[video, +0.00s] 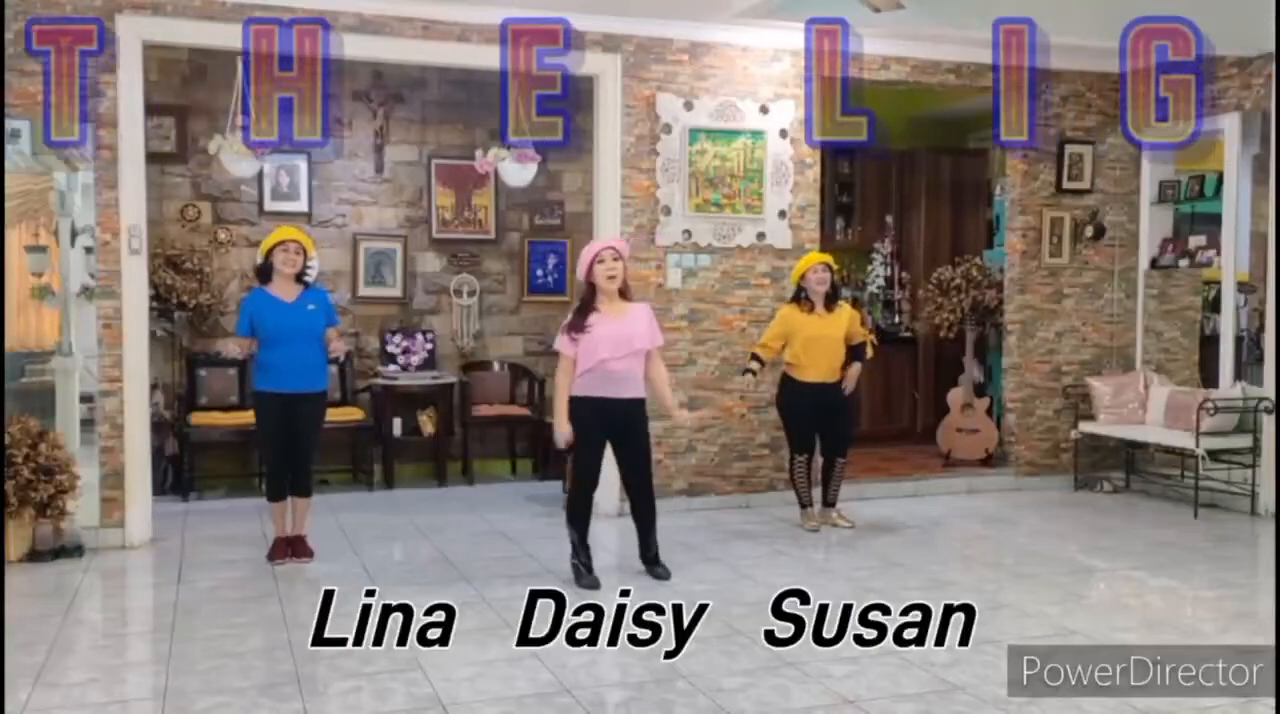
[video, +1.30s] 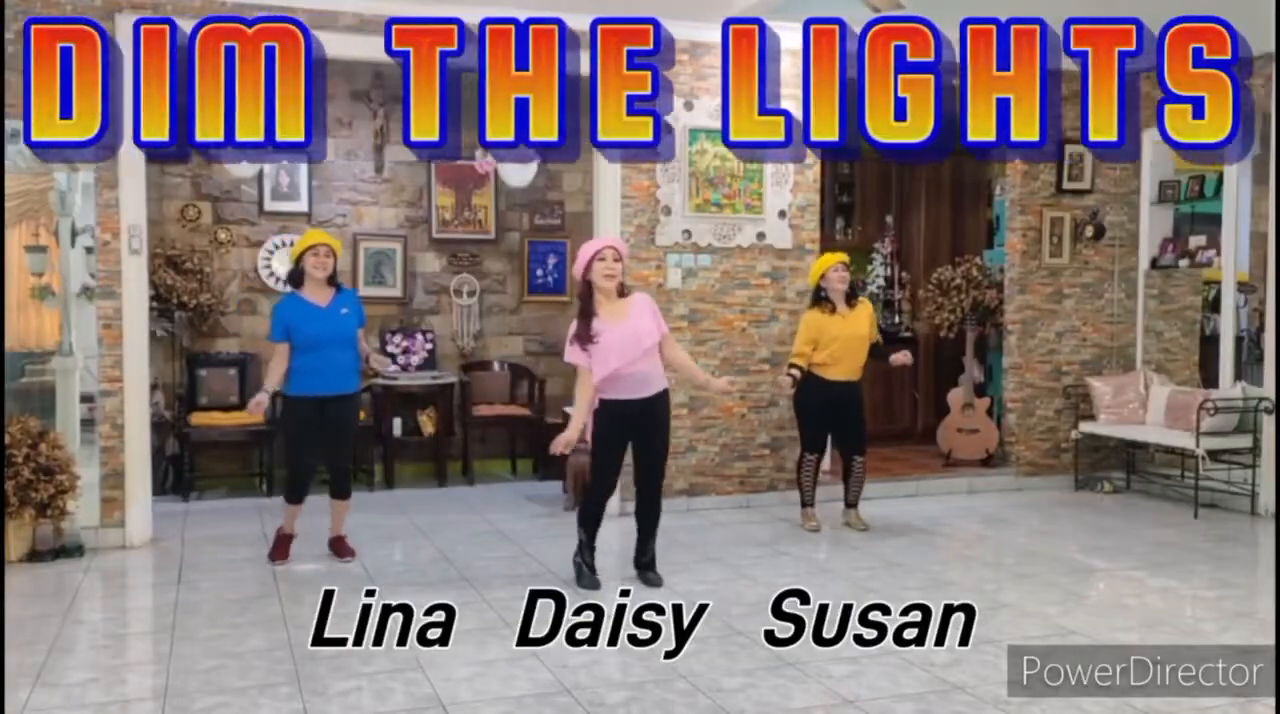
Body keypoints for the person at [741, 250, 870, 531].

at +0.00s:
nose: (820, 276)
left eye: (825, 270)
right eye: (814, 271)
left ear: (832, 278)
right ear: (802, 280)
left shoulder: (845, 313)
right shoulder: (790, 313)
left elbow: (861, 342)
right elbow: (767, 345)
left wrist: (856, 367)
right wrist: (752, 368)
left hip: (833, 390)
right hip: (796, 389)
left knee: (837, 450)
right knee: (802, 450)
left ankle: (830, 508)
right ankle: (807, 510)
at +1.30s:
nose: (843, 274)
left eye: (845, 270)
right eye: (836, 271)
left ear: (850, 277)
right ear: (822, 281)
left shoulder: (864, 309)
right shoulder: (814, 316)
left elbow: (873, 345)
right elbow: (801, 353)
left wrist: (890, 356)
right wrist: (792, 375)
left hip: (849, 388)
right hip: (815, 387)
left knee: (855, 450)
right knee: (813, 449)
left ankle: (851, 509)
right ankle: (808, 509)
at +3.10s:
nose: (830, 282)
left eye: (831, 277)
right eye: (824, 278)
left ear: (832, 281)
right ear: (807, 284)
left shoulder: (844, 307)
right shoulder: (790, 320)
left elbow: (858, 336)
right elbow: (774, 354)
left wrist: (858, 362)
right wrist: (761, 362)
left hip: (832, 390)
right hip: (796, 389)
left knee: (841, 452)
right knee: (799, 451)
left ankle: (829, 509)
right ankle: (804, 512)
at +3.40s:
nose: (834, 279)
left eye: (836, 274)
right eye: (827, 275)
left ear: (839, 279)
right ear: (811, 282)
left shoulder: (852, 307)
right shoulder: (798, 319)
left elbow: (863, 339)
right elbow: (789, 356)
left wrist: (865, 366)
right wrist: (787, 381)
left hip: (839, 388)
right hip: (805, 388)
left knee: (848, 451)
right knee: (804, 452)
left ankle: (855, 510)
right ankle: (804, 512)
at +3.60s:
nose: (844, 277)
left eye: (847, 271)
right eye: (837, 272)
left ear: (853, 277)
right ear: (823, 280)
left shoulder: (863, 308)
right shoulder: (811, 314)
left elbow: (870, 344)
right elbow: (803, 354)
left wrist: (879, 367)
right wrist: (803, 387)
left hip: (855, 387)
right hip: (820, 387)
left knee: (859, 451)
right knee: (813, 451)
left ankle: (856, 510)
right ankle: (806, 511)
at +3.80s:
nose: (856, 278)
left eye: (859, 272)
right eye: (848, 273)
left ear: (864, 277)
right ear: (835, 282)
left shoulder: (875, 311)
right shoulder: (824, 313)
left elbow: (878, 350)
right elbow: (813, 353)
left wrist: (893, 368)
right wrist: (814, 385)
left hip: (863, 389)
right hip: (831, 388)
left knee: (864, 451)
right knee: (826, 452)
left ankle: (857, 511)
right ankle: (812, 510)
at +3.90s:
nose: (860, 276)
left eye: (863, 271)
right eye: (852, 272)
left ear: (868, 277)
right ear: (839, 280)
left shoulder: (878, 311)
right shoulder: (826, 310)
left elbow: (880, 352)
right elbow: (815, 351)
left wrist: (896, 368)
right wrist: (818, 381)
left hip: (866, 386)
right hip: (833, 386)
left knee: (864, 450)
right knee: (833, 450)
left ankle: (857, 510)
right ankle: (825, 508)